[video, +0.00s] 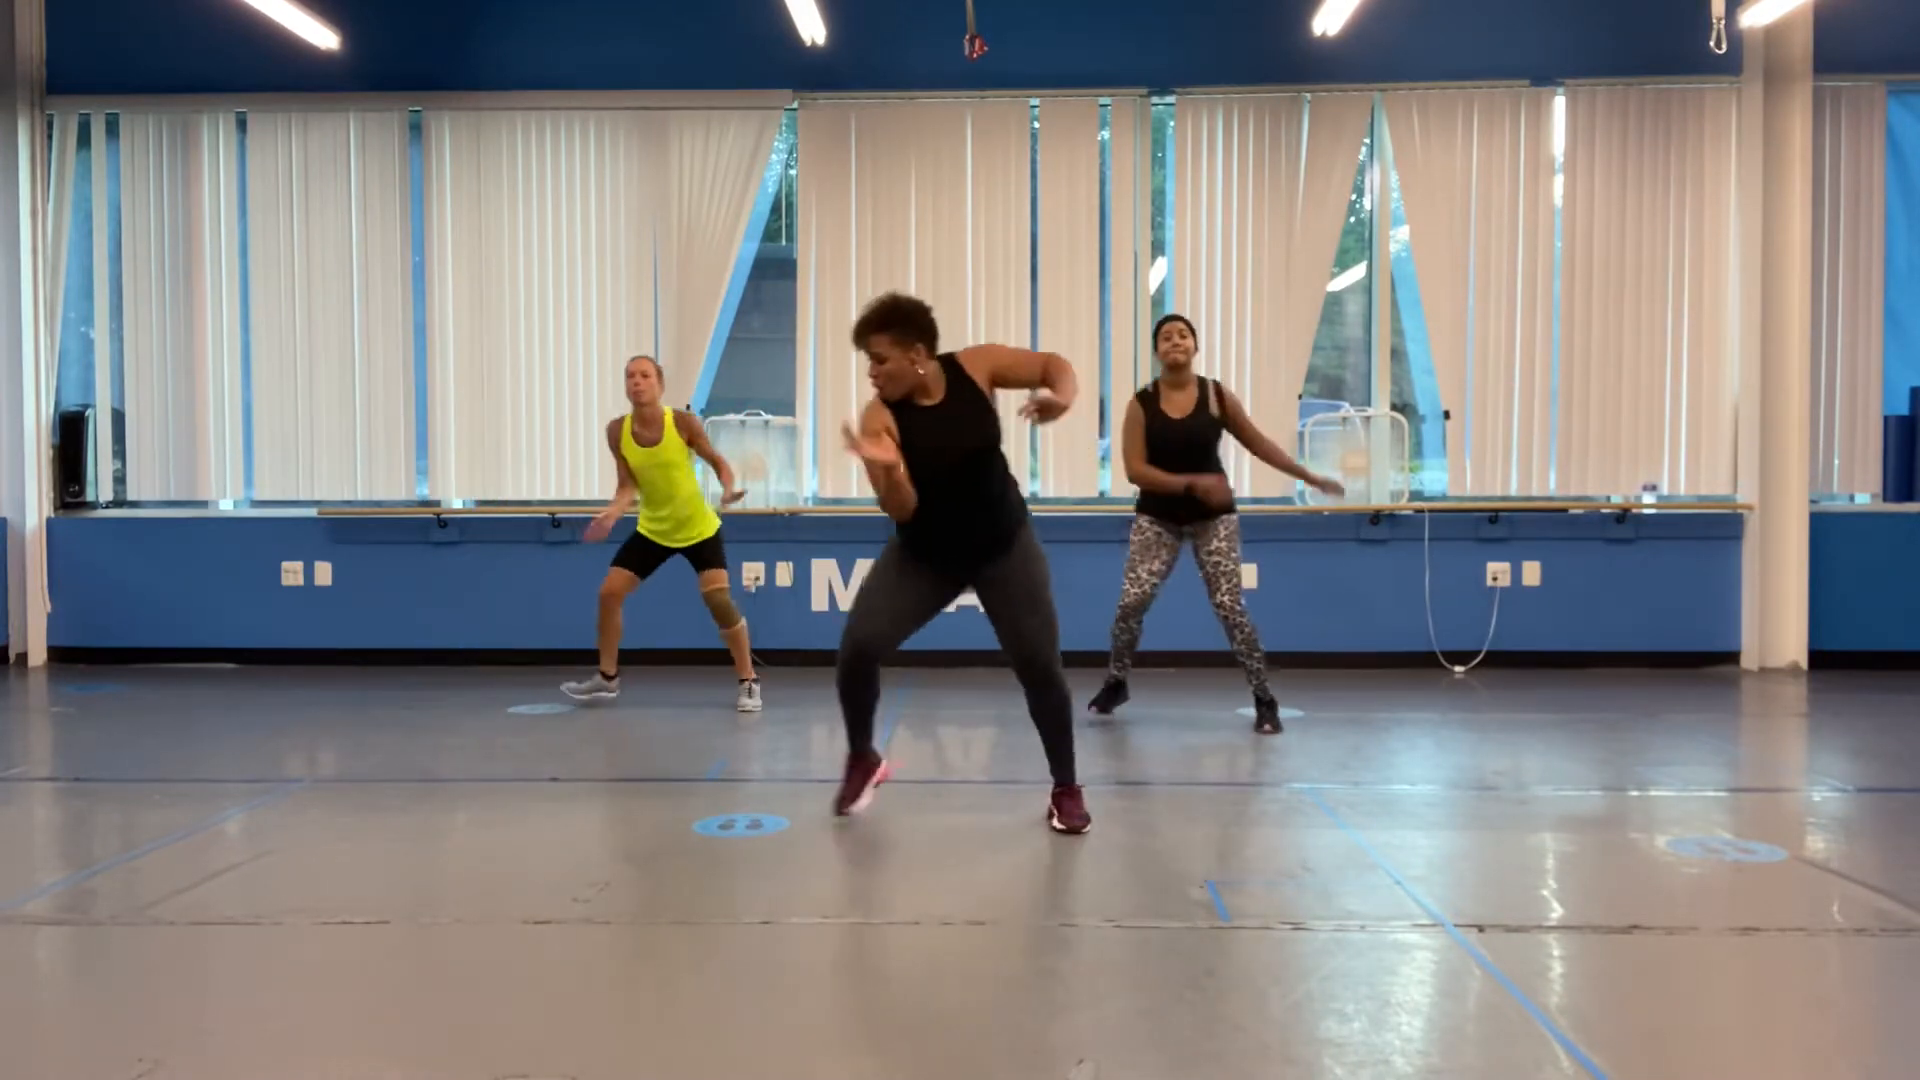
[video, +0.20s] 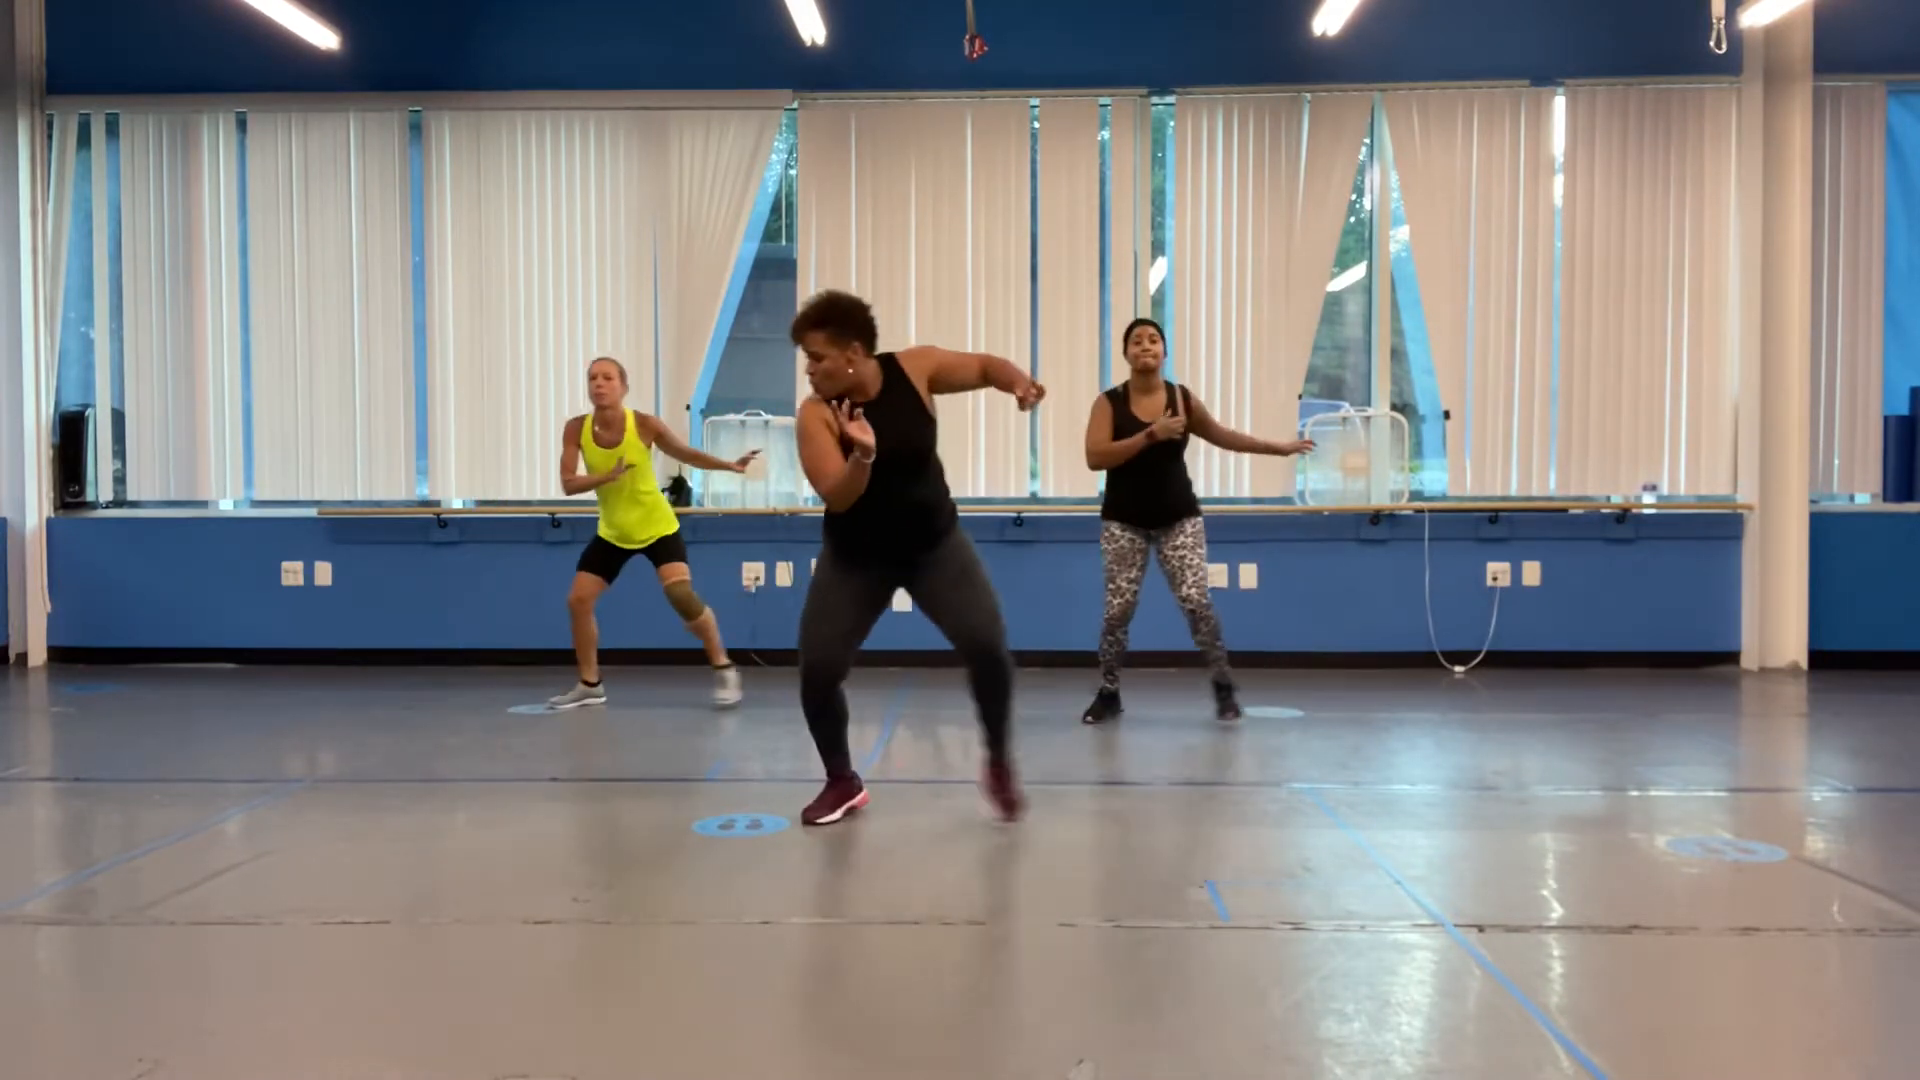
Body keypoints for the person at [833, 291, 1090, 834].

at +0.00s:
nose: (871, 373)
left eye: (880, 360)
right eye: (869, 361)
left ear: (919, 356)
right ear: (890, 361)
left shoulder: (975, 367)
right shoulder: (880, 417)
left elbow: (1055, 367)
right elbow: (901, 511)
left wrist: (1061, 397)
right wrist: (887, 469)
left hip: (1002, 544)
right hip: (924, 552)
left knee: (1039, 665)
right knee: (857, 649)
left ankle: (1066, 789)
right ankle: (863, 758)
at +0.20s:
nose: (808, 369)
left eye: (816, 357)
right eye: (806, 357)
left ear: (853, 354)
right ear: (837, 357)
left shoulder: (916, 367)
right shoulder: (816, 413)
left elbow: (987, 367)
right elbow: (835, 496)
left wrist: (1021, 384)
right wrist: (862, 457)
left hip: (933, 545)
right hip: (855, 556)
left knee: (988, 647)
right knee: (819, 671)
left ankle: (999, 764)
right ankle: (841, 780)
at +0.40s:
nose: (760, 351)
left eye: (770, 339)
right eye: (758, 340)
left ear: (809, 340)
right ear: (783, 344)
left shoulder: (866, 364)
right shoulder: (764, 401)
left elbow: (944, 361)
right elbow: (765, 470)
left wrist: (996, 380)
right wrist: (814, 421)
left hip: (897, 536)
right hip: (821, 544)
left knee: (917, 660)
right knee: (763, 642)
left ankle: (931, 787)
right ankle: (793, 755)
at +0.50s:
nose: (757, 340)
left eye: (771, 330)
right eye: (748, 330)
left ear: (799, 338)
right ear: (741, 337)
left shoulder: (839, 375)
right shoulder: (730, 391)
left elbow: (914, 390)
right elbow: (723, 455)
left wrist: (974, 395)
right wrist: (784, 403)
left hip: (867, 529)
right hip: (792, 544)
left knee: (918, 645)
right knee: (747, 658)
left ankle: (961, 754)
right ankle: (722, 783)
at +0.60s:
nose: (754, 345)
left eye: (768, 335)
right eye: (744, 335)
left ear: (792, 346)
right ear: (735, 345)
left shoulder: (826, 403)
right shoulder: (714, 403)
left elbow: (883, 462)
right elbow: (685, 471)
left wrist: (943, 451)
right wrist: (758, 455)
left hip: (838, 546)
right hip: (760, 559)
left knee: (902, 634)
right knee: (719, 670)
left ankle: (971, 696)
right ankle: (719, 789)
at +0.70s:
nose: (758, 341)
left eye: (772, 330)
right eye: (748, 330)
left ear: (794, 343)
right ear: (737, 342)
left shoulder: (827, 414)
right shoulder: (709, 407)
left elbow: (844, 501)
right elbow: (662, 471)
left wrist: (893, 534)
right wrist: (694, 521)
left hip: (831, 551)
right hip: (753, 556)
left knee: (898, 642)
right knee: (711, 673)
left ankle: (926, 719)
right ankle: (718, 789)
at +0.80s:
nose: (769, 331)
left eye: (783, 322)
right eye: (759, 322)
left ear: (804, 334)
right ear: (747, 333)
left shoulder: (833, 402)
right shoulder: (715, 393)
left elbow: (838, 487)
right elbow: (647, 434)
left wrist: (817, 531)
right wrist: (628, 499)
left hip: (833, 541)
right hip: (755, 550)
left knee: (885, 650)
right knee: (720, 672)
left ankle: (887, 775)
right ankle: (718, 789)